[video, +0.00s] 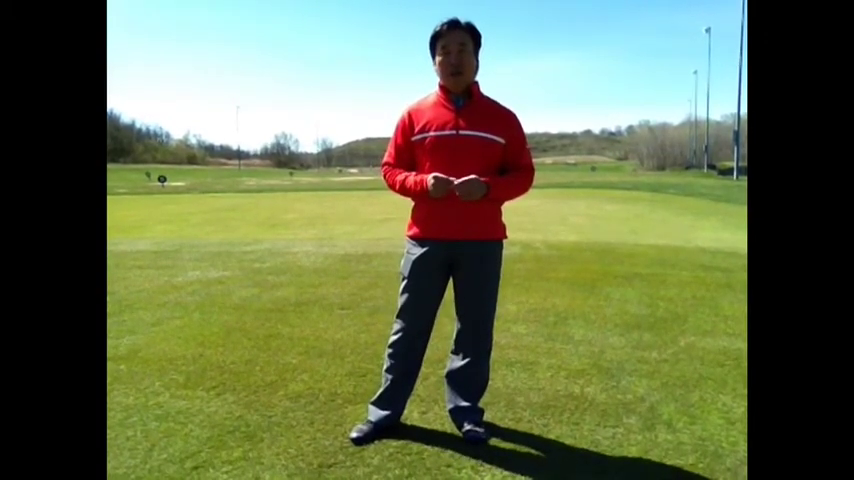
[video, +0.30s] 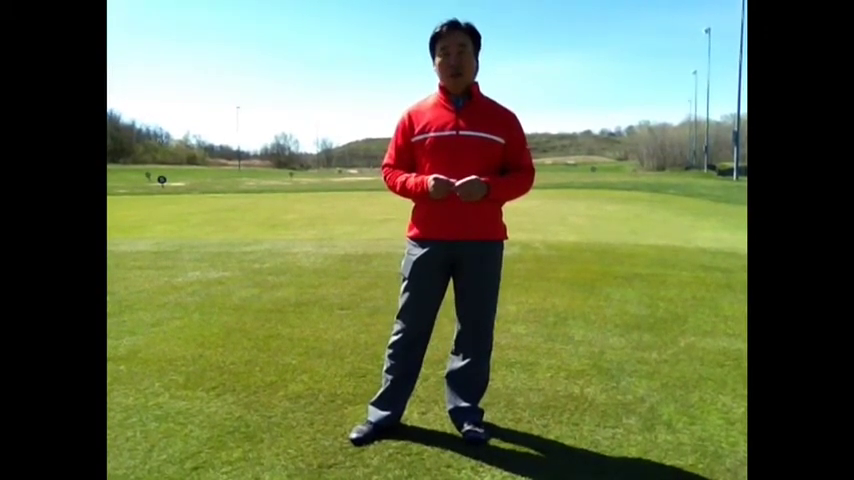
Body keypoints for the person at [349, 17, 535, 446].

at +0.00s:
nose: (453, 58)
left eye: (462, 50)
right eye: (445, 51)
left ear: (477, 57)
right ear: (433, 60)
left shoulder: (503, 119)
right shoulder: (415, 115)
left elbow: (524, 175)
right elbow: (390, 170)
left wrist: (488, 187)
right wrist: (423, 182)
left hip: (481, 243)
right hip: (426, 241)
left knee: (475, 333)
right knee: (408, 329)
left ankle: (468, 413)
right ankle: (384, 414)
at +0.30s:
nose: (453, 59)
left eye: (462, 51)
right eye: (444, 52)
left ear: (477, 58)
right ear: (433, 61)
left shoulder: (503, 119)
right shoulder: (414, 117)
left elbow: (525, 175)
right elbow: (390, 172)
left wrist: (489, 188)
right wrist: (423, 184)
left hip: (482, 243)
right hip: (427, 241)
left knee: (476, 333)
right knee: (408, 329)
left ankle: (467, 413)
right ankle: (383, 414)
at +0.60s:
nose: (454, 60)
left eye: (463, 52)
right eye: (446, 52)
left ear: (478, 58)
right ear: (434, 61)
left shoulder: (503, 119)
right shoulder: (415, 116)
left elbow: (525, 175)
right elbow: (391, 171)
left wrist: (489, 187)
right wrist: (424, 183)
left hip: (482, 243)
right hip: (427, 241)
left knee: (476, 333)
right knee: (408, 330)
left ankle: (467, 413)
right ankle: (384, 414)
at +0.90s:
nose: (454, 61)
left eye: (463, 52)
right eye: (446, 53)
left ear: (478, 59)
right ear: (435, 61)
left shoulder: (503, 120)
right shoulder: (416, 117)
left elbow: (525, 175)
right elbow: (390, 171)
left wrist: (489, 186)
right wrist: (423, 181)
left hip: (482, 243)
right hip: (427, 241)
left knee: (476, 333)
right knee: (408, 329)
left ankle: (468, 413)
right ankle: (384, 414)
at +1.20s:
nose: (453, 62)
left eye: (462, 53)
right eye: (445, 54)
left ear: (477, 59)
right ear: (434, 62)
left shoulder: (504, 120)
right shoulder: (416, 117)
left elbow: (526, 175)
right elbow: (392, 172)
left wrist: (489, 185)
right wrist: (424, 181)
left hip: (483, 244)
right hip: (427, 241)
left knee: (476, 334)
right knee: (408, 331)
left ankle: (468, 414)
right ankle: (383, 415)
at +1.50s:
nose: (452, 60)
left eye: (461, 51)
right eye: (444, 53)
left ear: (477, 58)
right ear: (433, 62)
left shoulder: (504, 119)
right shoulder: (415, 117)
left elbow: (525, 175)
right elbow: (392, 172)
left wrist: (489, 184)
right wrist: (424, 181)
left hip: (482, 243)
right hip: (427, 241)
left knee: (475, 334)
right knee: (408, 330)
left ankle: (468, 415)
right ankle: (383, 414)